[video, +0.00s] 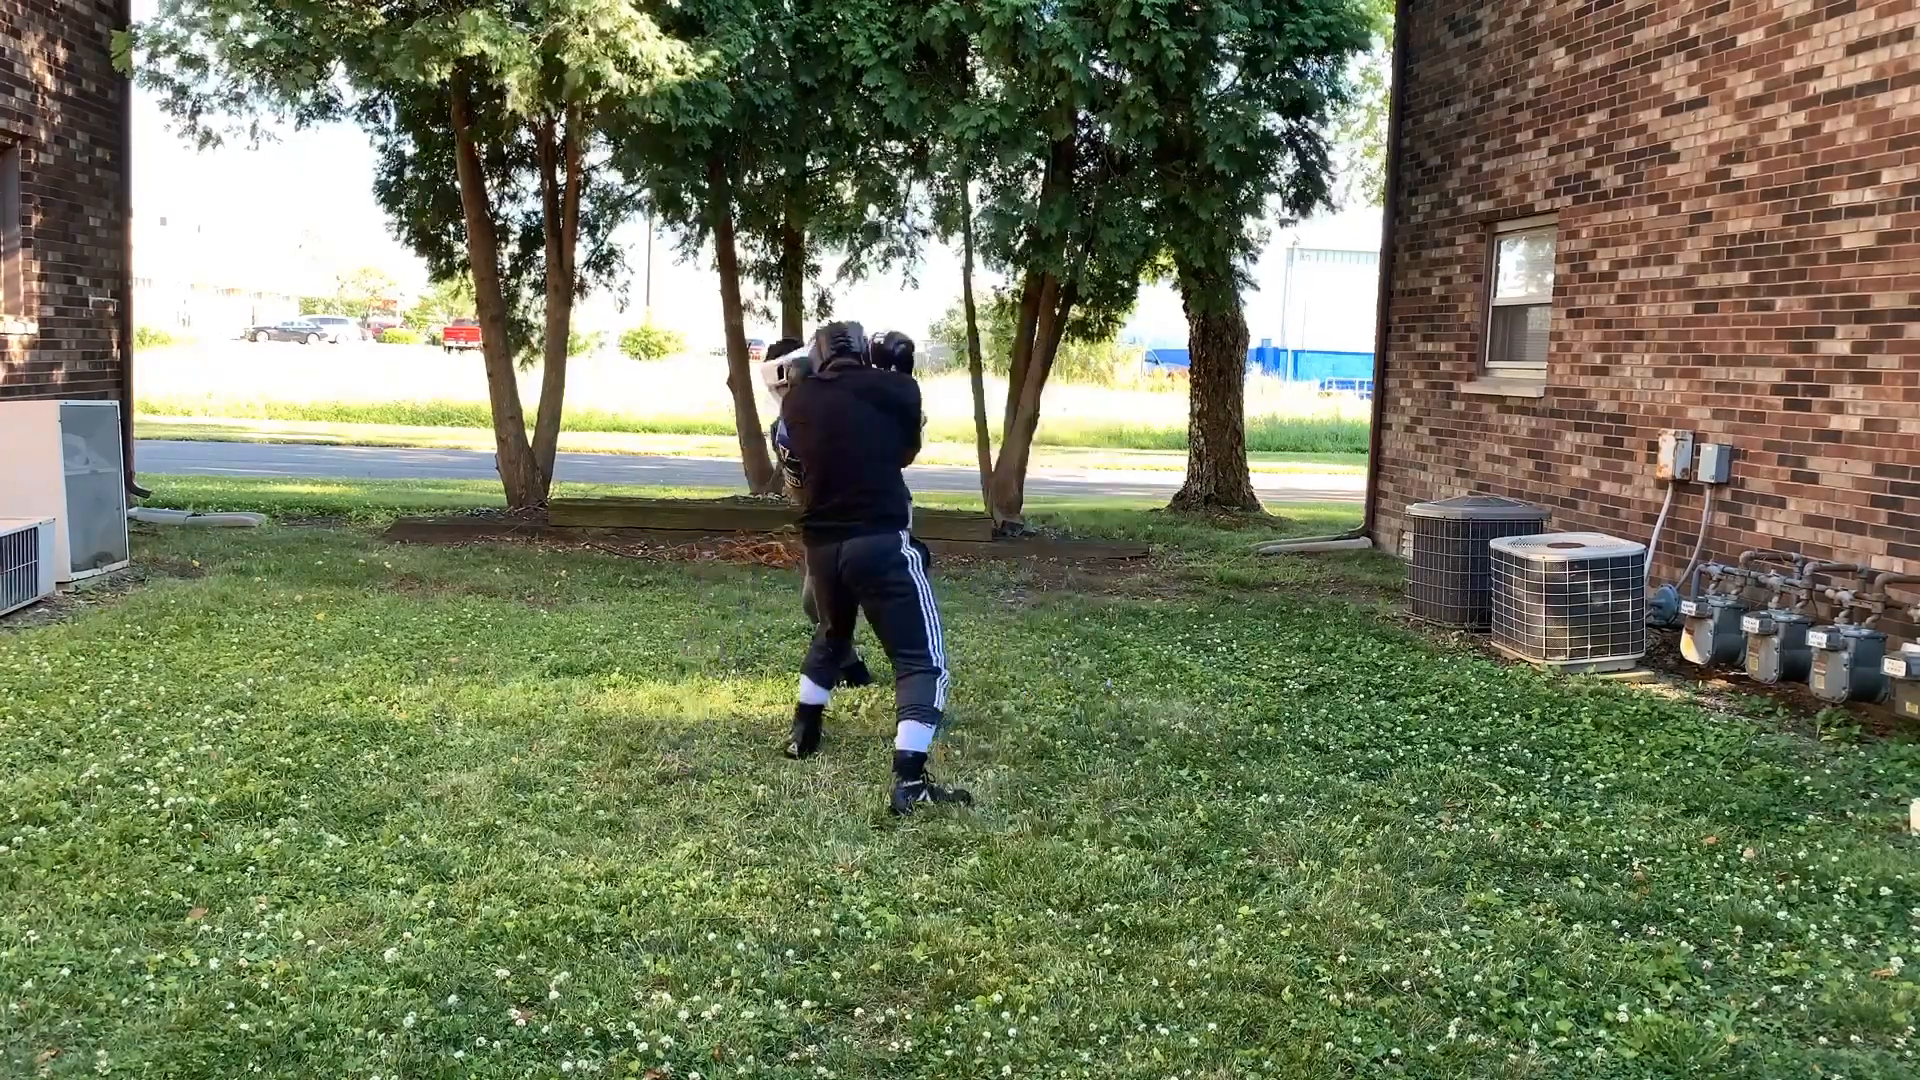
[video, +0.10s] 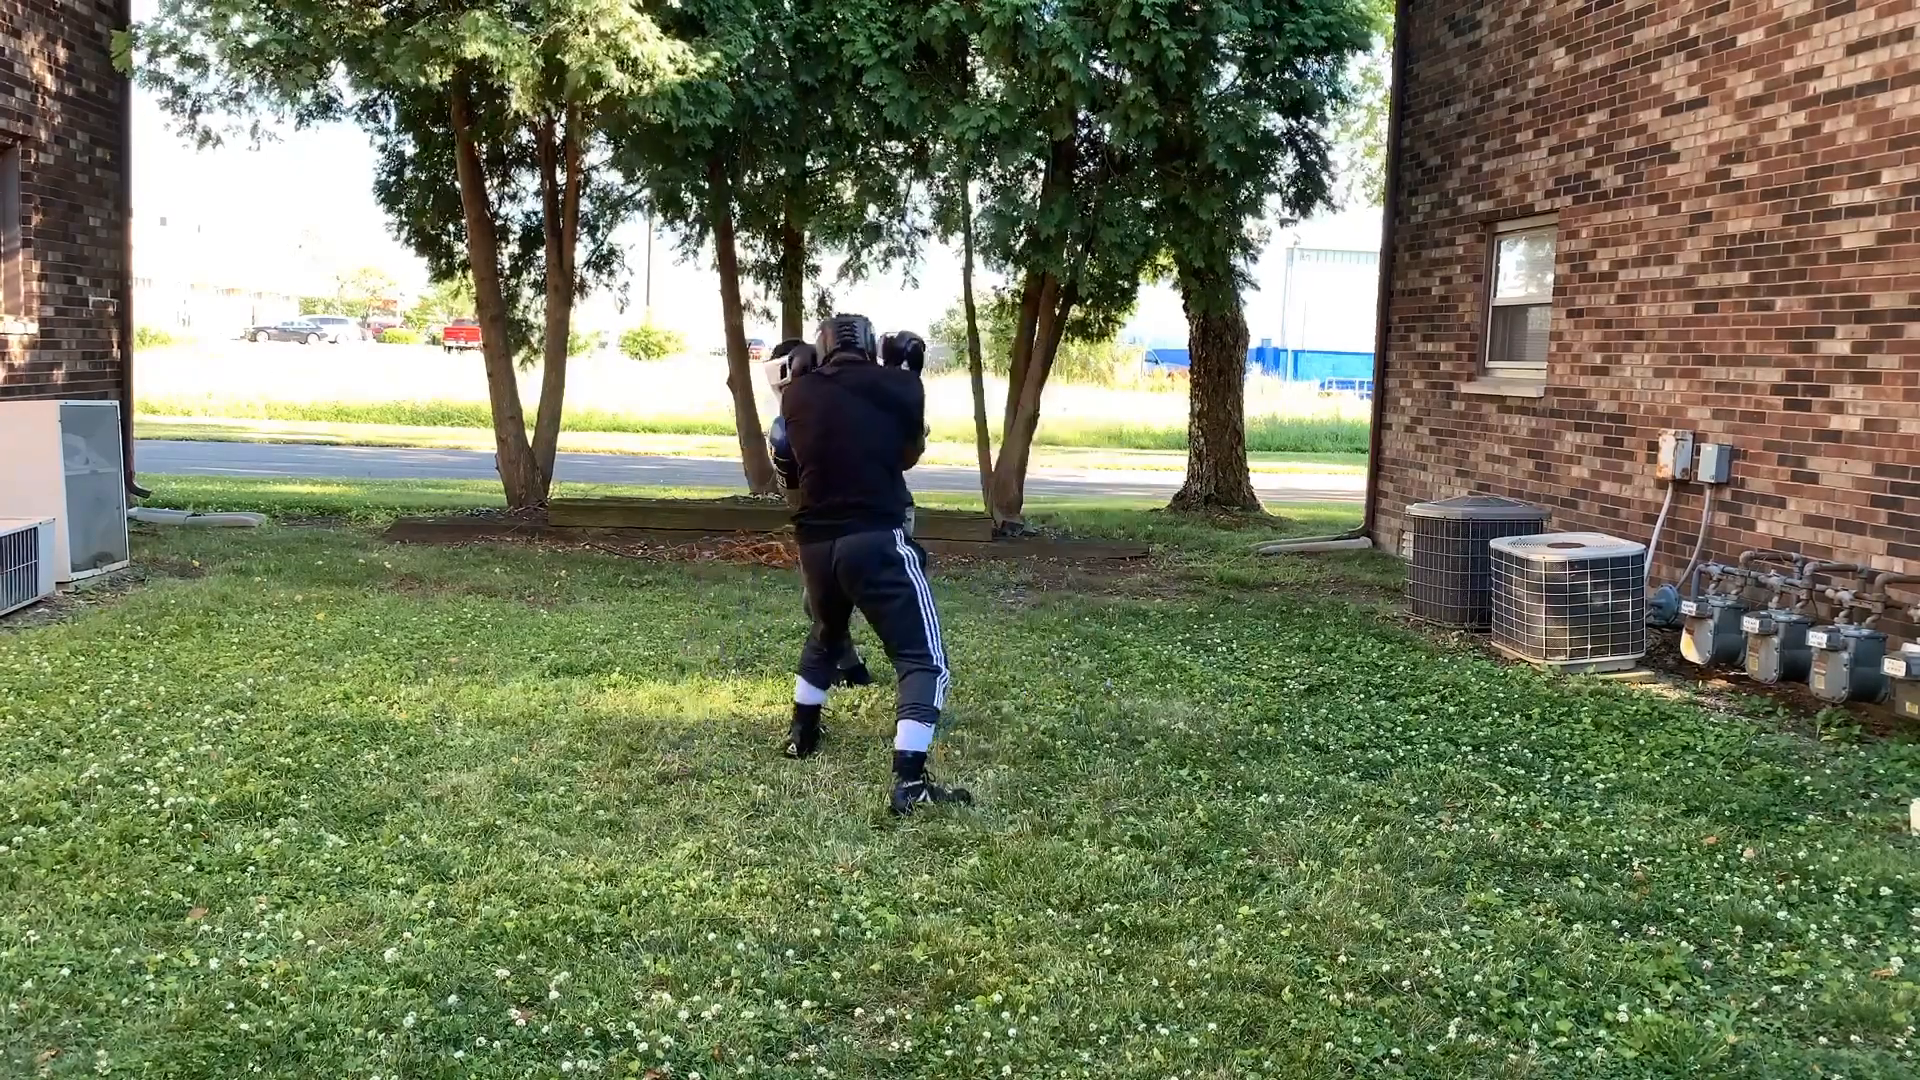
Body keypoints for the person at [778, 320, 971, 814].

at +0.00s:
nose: (872, 349)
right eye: (868, 344)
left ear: (819, 356)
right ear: (862, 351)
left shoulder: (797, 399)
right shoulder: (895, 388)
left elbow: (802, 462)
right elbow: (905, 453)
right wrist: (900, 379)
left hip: (823, 547)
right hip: (882, 543)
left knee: (830, 635)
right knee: (921, 660)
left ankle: (804, 735)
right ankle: (909, 781)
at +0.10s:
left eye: (823, 342)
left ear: (824, 348)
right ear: (869, 346)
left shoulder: (798, 391)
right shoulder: (901, 385)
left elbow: (791, 458)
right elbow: (909, 454)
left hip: (816, 544)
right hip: (878, 540)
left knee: (824, 634)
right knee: (923, 659)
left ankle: (802, 735)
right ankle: (909, 781)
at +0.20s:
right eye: (878, 334)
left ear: (831, 340)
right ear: (878, 341)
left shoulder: (796, 384)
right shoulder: (906, 384)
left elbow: (796, 452)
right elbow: (906, 458)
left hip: (807, 540)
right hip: (869, 537)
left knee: (816, 635)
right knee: (912, 655)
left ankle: (801, 735)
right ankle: (908, 779)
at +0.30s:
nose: (820, 325)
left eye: (825, 319)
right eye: (827, 317)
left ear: (832, 332)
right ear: (876, 333)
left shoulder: (797, 372)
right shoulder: (902, 388)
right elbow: (892, 445)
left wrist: (843, 355)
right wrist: (886, 363)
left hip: (792, 541)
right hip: (854, 541)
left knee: (798, 626)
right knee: (904, 655)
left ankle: (790, 734)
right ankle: (908, 780)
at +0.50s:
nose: (844, 347)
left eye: (841, 341)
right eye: (845, 339)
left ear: (788, 329)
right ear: (835, 335)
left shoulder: (752, 377)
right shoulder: (844, 376)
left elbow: (773, 436)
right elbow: (870, 446)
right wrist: (869, 396)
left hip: (751, 536)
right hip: (804, 536)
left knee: (770, 627)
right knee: (867, 650)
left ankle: (724, 733)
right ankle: (900, 780)